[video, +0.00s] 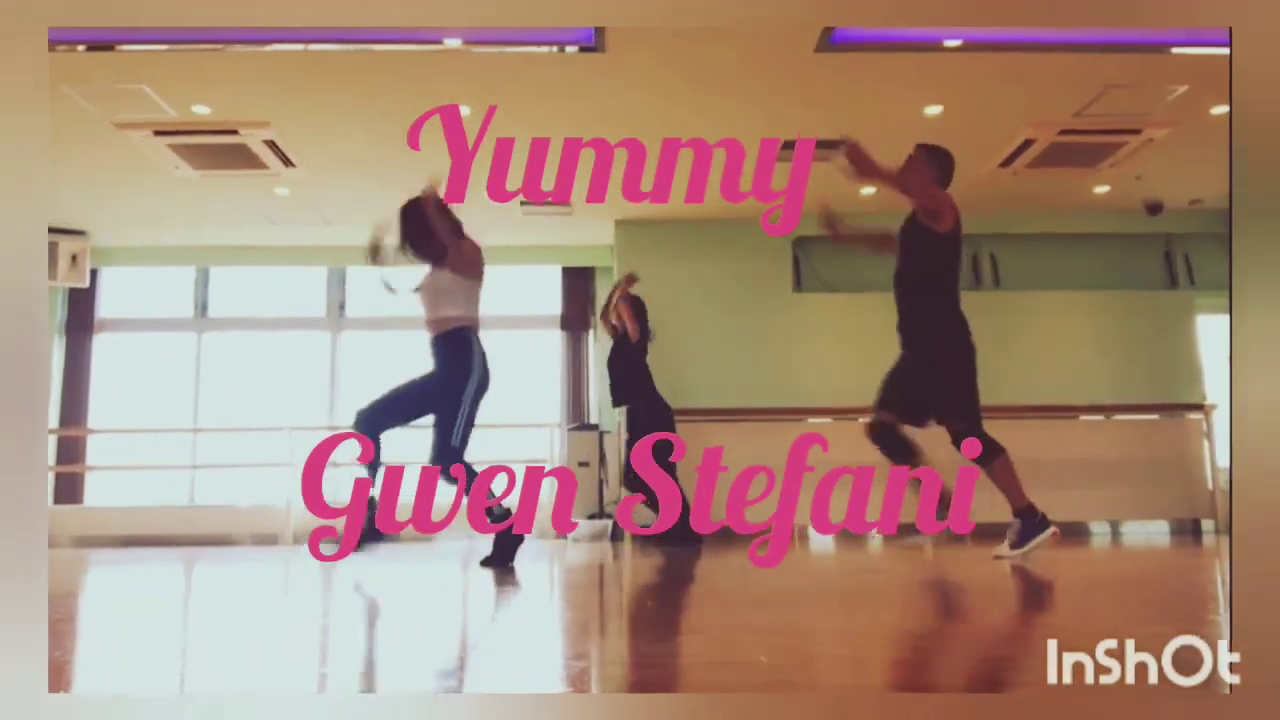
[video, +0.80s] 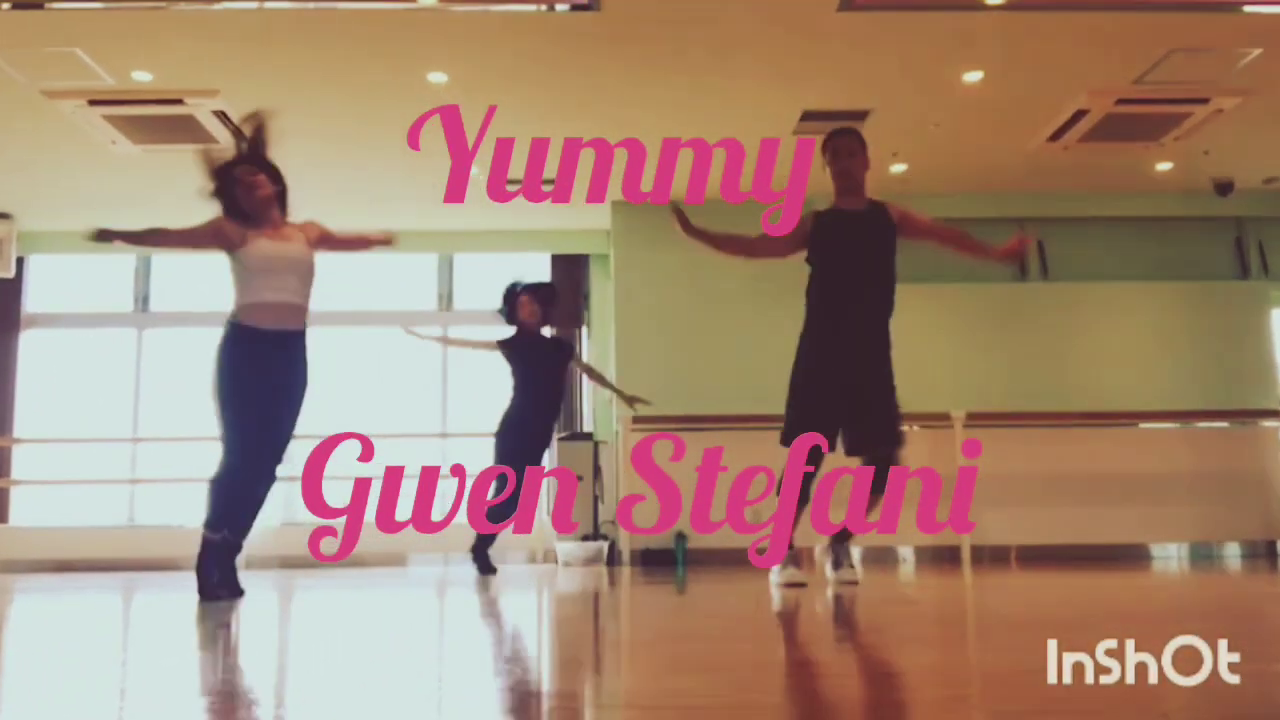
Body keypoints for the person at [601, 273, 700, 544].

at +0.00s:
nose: (617, 314)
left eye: (623, 309)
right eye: (616, 310)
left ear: (632, 314)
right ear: (617, 317)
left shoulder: (634, 339)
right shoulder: (621, 339)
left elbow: (622, 311)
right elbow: (606, 317)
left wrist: (623, 292)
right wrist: (618, 290)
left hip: (653, 413)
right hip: (639, 412)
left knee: (656, 473)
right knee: (634, 475)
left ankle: (683, 526)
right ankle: (671, 522)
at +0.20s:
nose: (615, 304)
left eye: (622, 300)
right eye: (618, 299)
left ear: (634, 308)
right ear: (633, 310)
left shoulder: (631, 338)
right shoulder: (621, 339)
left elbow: (627, 365)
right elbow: (606, 365)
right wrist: (592, 379)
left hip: (629, 419)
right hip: (639, 417)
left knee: (589, 473)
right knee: (658, 479)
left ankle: (593, 535)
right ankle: (687, 535)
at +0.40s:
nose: (593, 327)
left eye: (601, 324)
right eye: (595, 323)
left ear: (613, 333)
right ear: (595, 328)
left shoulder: (607, 360)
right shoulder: (583, 360)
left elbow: (629, 390)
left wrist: (655, 413)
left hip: (601, 448)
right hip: (581, 448)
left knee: (636, 502)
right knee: (536, 489)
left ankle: (689, 547)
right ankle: (520, 554)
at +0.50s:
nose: (576, 317)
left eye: (584, 315)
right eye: (575, 312)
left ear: (593, 325)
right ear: (569, 316)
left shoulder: (590, 351)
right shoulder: (553, 350)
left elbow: (609, 388)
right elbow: (556, 391)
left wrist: (619, 419)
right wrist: (552, 423)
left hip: (579, 437)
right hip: (553, 437)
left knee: (615, 494)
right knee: (517, 488)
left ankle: (668, 542)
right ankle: (517, 555)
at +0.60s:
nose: (563, 301)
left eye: (569, 298)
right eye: (560, 296)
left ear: (578, 304)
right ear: (551, 299)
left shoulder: (582, 339)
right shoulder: (534, 335)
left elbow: (594, 380)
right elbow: (534, 374)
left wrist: (586, 410)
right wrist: (530, 398)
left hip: (565, 417)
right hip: (535, 415)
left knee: (581, 487)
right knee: (518, 485)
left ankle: (608, 543)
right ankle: (515, 553)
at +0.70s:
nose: (546, 296)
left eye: (551, 291)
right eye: (540, 291)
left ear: (560, 297)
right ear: (531, 298)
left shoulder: (570, 332)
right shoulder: (521, 329)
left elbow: (586, 361)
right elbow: (492, 342)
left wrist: (598, 385)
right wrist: (469, 349)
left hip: (557, 416)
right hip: (526, 414)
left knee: (550, 481)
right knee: (511, 483)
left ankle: (538, 528)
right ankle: (497, 550)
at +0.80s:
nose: (530, 309)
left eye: (533, 303)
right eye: (523, 305)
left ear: (542, 308)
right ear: (514, 313)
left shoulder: (559, 346)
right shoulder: (512, 345)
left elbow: (591, 373)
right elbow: (464, 343)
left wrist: (622, 395)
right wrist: (424, 336)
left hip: (540, 430)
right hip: (514, 427)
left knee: (517, 496)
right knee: (506, 493)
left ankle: (482, 547)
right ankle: (480, 548)